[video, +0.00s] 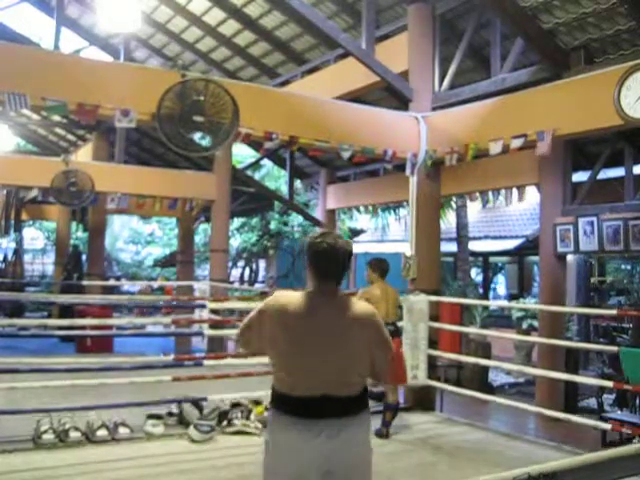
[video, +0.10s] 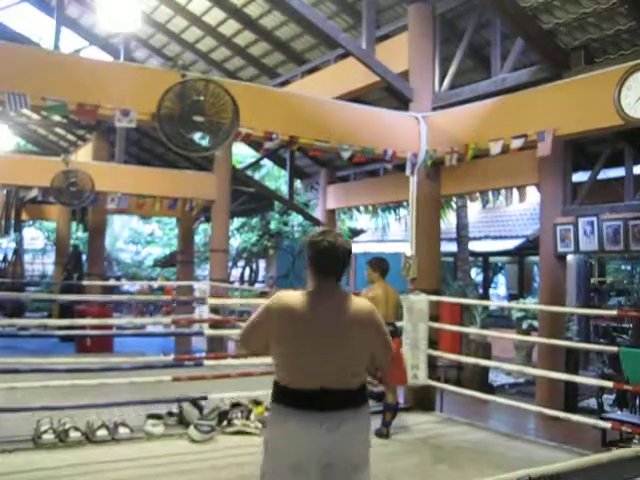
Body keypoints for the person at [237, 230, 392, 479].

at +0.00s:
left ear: (308, 265)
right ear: (346, 269)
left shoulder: (278, 306)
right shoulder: (365, 314)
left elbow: (245, 341)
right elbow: (385, 372)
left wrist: (287, 339)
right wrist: (349, 355)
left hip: (290, 429)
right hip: (350, 430)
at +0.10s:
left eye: (305, 260)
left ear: (309, 264)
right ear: (346, 267)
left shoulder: (282, 305)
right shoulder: (365, 311)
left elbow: (248, 343)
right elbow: (385, 368)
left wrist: (289, 339)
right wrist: (352, 352)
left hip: (291, 423)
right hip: (350, 423)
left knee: (284, 476)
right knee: (350, 475)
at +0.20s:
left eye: (303, 259)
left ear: (306, 263)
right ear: (342, 265)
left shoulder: (281, 308)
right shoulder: (361, 310)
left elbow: (248, 354)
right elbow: (381, 365)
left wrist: (285, 343)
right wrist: (345, 355)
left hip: (290, 418)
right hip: (349, 417)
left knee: (281, 476)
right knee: (341, 476)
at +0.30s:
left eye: (297, 263)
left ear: (300, 266)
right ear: (334, 267)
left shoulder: (278, 311)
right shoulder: (355, 312)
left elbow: (243, 360)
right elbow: (373, 368)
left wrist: (278, 340)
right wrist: (338, 358)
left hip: (289, 417)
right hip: (344, 416)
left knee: (284, 476)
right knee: (336, 475)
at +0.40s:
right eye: (330, 268)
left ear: (291, 273)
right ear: (327, 273)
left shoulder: (270, 314)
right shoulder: (346, 313)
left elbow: (233, 361)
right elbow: (365, 366)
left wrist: (267, 336)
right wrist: (336, 350)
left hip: (283, 418)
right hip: (337, 416)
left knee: (280, 475)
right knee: (332, 475)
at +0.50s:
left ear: (281, 272)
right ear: (313, 271)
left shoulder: (261, 315)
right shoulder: (335, 313)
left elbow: (224, 358)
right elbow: (351, 362)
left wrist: (261, 341)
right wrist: (321, 349)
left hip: (275, 417)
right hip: (327, 415)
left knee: (273, 475)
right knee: (321, 475)